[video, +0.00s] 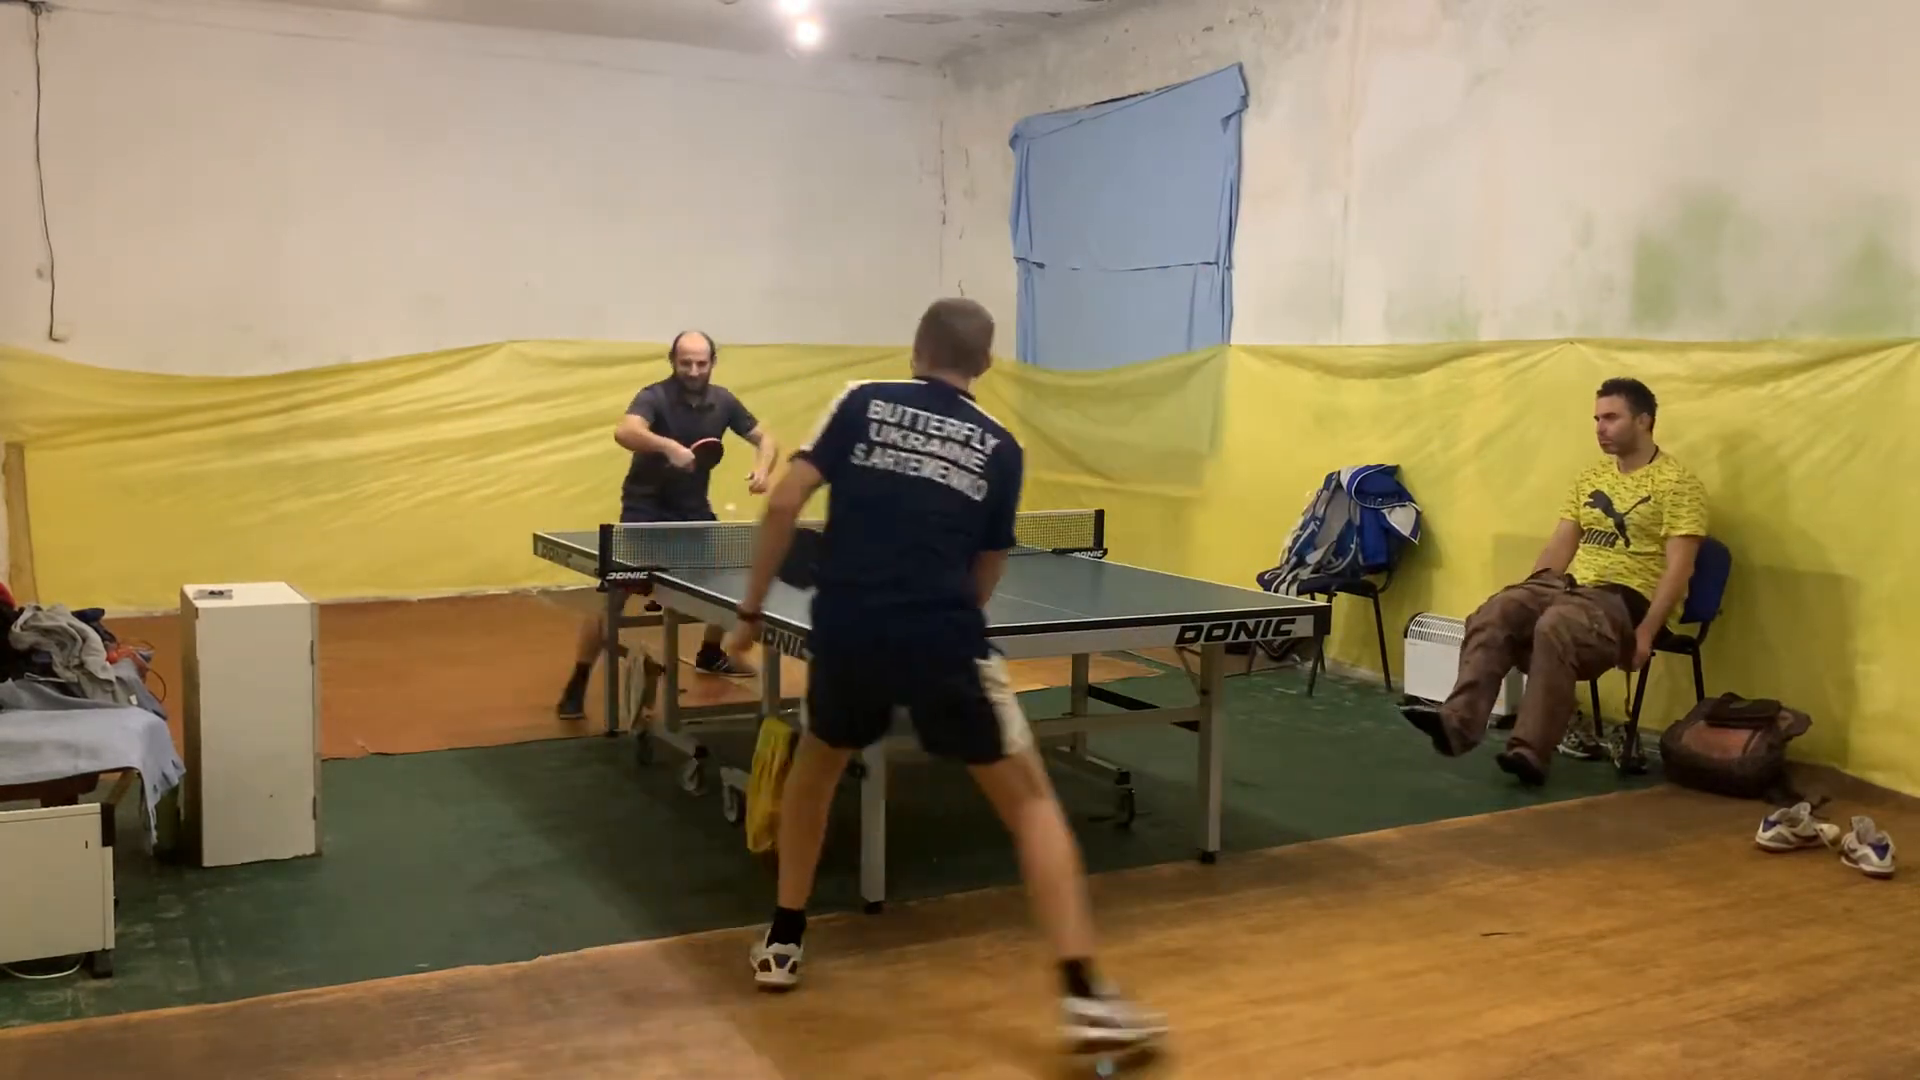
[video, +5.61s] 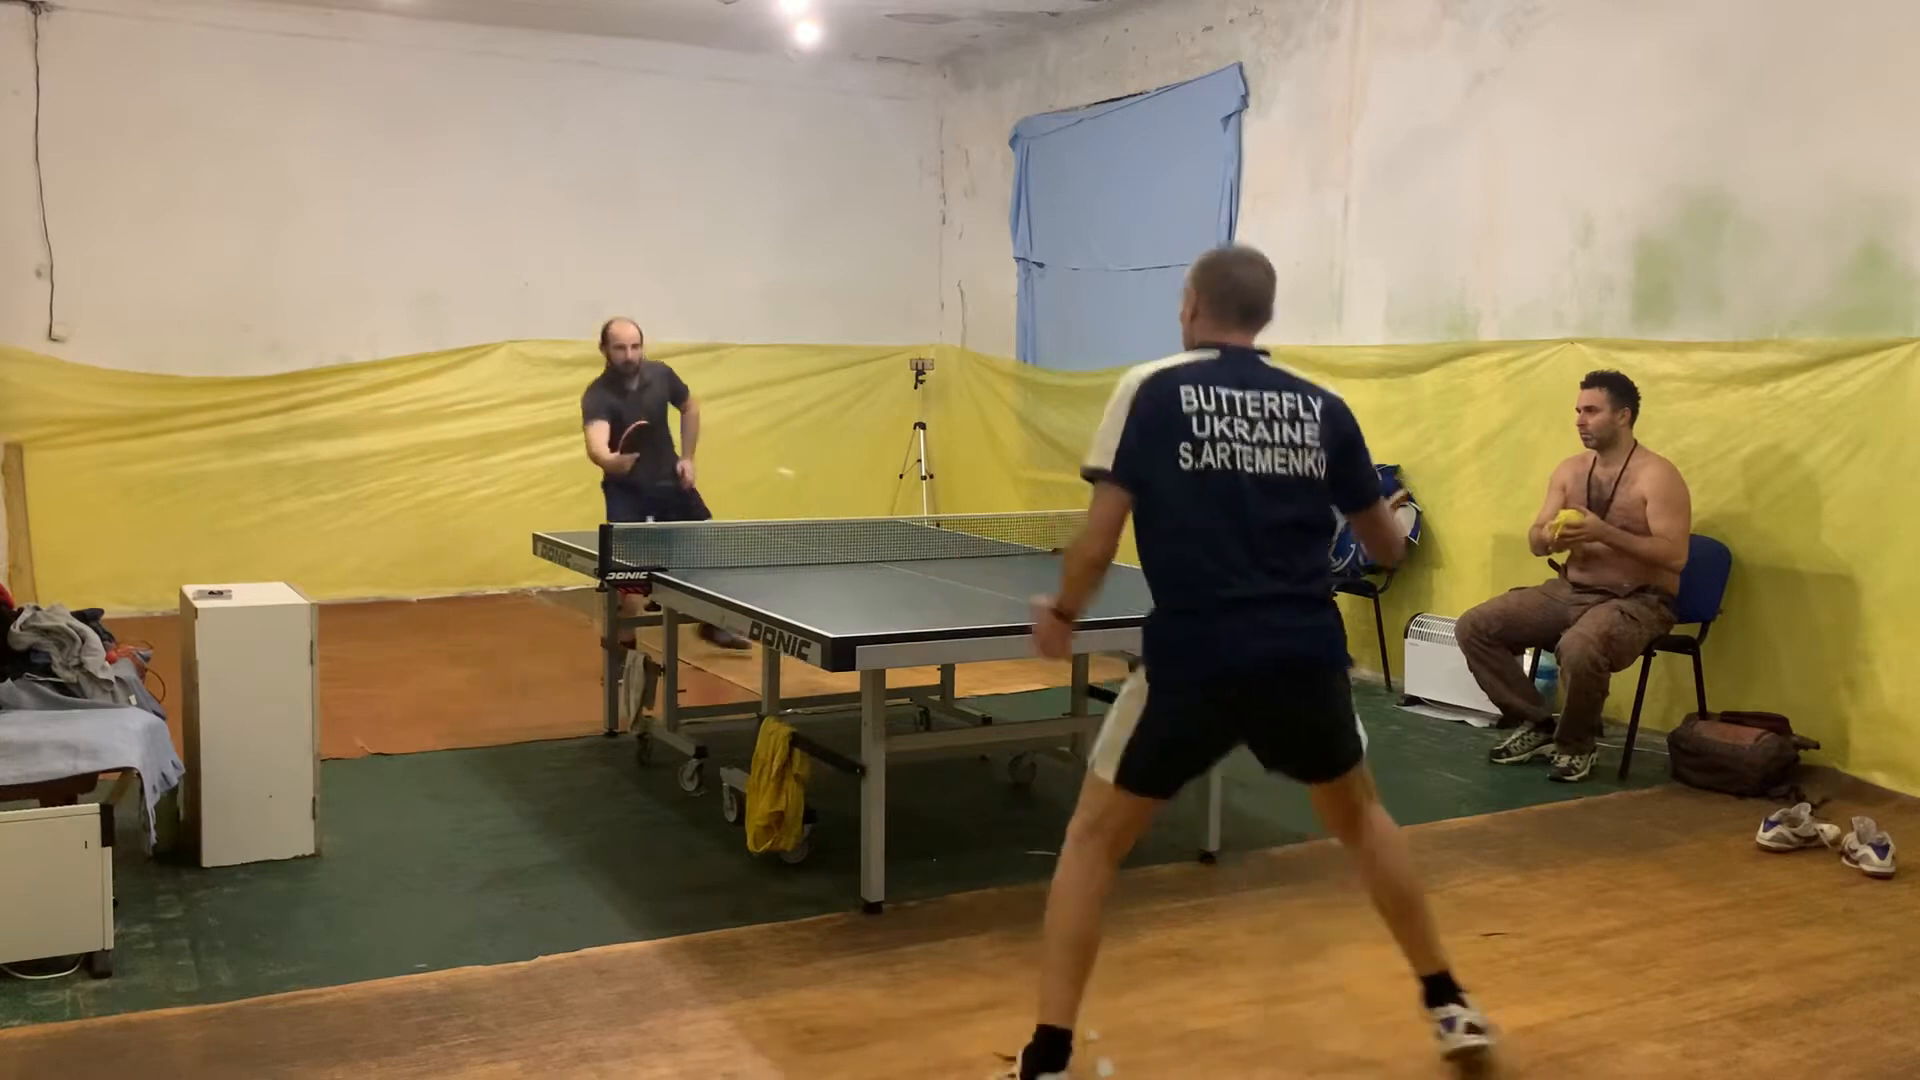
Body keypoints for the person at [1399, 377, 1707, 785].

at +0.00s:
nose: (1600, 428)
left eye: (1610, 418)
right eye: (1597, 419)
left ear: (1644, 420)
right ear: (1596, 422)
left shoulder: (1679, 483)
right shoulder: (1592, 476)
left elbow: (1680, 568)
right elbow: (1561, 546)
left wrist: (1647, 630)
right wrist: (1531, 592)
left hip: (1627, 596)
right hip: (1570, 587)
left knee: (1557, 627)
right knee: (1496, 614)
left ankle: (1531, 751)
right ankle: (1458, 723)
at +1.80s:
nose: (1583, 432)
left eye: (1593, 422)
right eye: (1579, 422)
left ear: (1626, 420)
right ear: (1576, 422)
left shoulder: (1663, 481)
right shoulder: (1577, 476)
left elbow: (1685, 561)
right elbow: (1554, 543)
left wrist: (1644, 622)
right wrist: (1532, 592)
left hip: (1631, 597)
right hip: (1570, 590)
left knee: (1555, 623)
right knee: (1489, 617)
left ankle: (1544, 749)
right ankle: (1493, 734)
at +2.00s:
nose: (1592, 412)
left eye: (1605, 404)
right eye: (1589, 403)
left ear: (1635, 411)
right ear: (1584, 408)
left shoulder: (1655, 472)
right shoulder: (1573, 462)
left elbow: (1639, 548)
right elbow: (1513, 492)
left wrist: (1557, 526)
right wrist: (1534, 449)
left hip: (1637, 601)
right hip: (1572, 593)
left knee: (1580, 651)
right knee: (1474, 630)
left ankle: (1577, 746)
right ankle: (1535, 722)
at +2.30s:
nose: (1587, 413)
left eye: (1599, 404)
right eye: (1585, 404)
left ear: (1632, 412)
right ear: (1582, 408)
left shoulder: (1656, 473)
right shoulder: (1569, 465)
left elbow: (1650, 550)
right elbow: (1531, 526)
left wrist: (1581, 516)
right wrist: (1497, 482)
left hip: (1637, 601)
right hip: (1571, 594)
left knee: (1579, 650)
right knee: (1474, 629)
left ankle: (1577, 745)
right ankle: (1535, 722)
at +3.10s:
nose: (1577, 416)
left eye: (1588, 406)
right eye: (1577, 407)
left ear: (1622, 412)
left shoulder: (1654, 472)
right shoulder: (1571, 468)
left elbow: (1649, 549)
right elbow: (1556, 546)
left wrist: (1580, 517)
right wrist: (1529, 529)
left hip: (1639, 601)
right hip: (1574, 595)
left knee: (1579, 649)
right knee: (1475, 629)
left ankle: (1577, 746)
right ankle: (1535, 723)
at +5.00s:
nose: (1579, 420)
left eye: (1590, 410)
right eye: (1577, 411)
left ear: (1623, 415)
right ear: (1576, 414)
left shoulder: (1656, 475)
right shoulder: (1569, 471)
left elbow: (1673, 556)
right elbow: (1536, 545)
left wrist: (1602, 533)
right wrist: (1545, 534)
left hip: (1638, 599)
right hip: (1573, 591)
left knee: (1578, 650)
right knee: (1475, 629)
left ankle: (1577, 746)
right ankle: (1535, 721)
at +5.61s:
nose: (1579, 420)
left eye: (1591, 410)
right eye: (1578, 411)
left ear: (1624, 416)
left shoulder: (1659, 476)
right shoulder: (1570, 470)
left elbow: (1674, 555)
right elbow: (1537, 543)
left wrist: (1603, 532)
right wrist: (1552, 532)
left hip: (1639, 599)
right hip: (1572, 591)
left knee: (1579, 649)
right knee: (1475, 628)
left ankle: (1577, 745)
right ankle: (1535, 721)